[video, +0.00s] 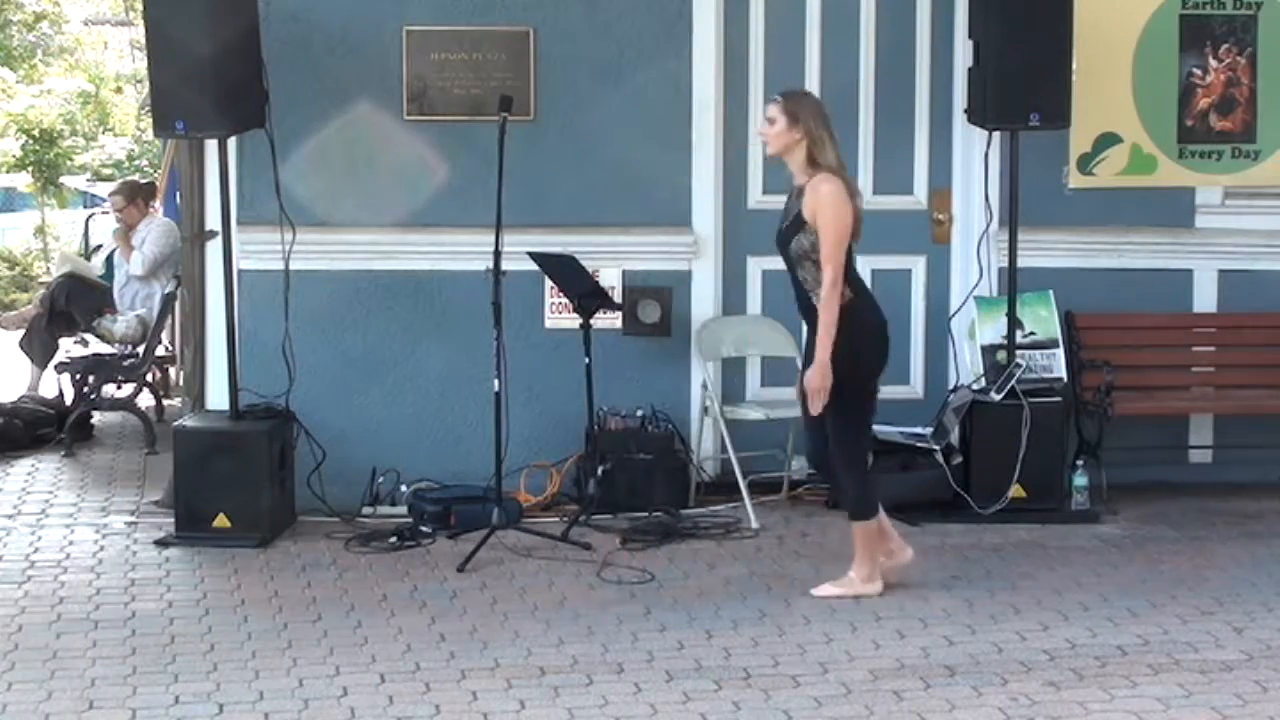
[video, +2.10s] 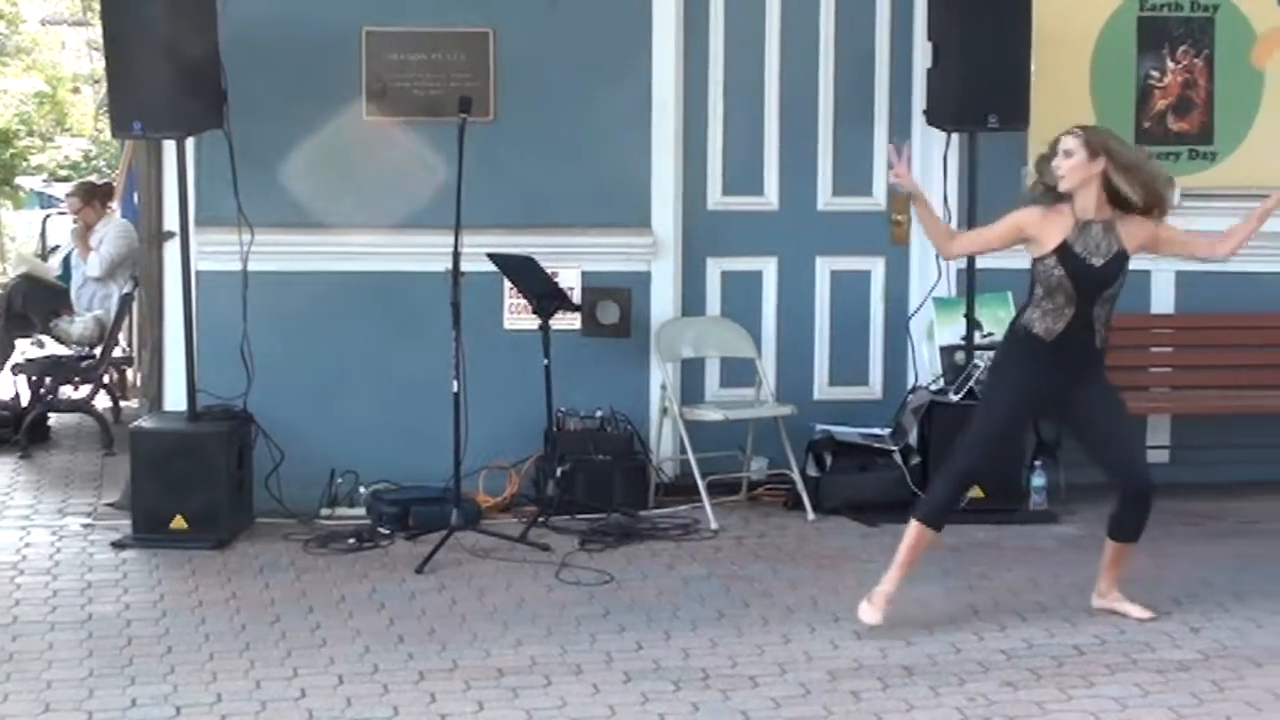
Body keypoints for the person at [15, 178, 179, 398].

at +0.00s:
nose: (117, 218)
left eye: (119, 211)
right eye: (114, 213)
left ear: (140, 205)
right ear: (136, 206)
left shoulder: (164, 229)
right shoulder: (127, 234)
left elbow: (142, 267)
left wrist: (123, 243)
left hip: (140, 318)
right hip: (118, 311)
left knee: (68, 284)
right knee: (45, 320)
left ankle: (34, 310)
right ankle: (32, 390)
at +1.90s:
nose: (105, 219)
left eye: (107, 212)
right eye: (102, 214)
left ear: (125, 204)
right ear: (122, 206)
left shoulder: (150, 229)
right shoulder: (113, 233)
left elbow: (127, 268)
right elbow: (84, 269)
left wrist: (110, 242)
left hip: (127, 317)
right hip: (105, 309)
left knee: (55, 283)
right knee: (33, 320)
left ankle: (25, 310)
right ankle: (18, 388)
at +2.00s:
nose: (89, 220)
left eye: (92, 213)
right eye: (86, 215)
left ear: (110, 204)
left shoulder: (135, 230)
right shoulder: (98, 235)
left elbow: (112, 269)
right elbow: (68, 271)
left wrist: (94, 244)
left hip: (114, 317)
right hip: (91, 309)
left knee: (37, 286)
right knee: (14, 323)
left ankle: (16, 311)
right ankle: (8, 384)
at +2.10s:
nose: (75, 219)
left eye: (77, 213)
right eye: (72, 215)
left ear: (96, 204)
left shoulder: (121, 230)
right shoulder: (84, 233)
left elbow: (100, 269)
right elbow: (55, 270)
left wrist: (81, 245)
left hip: (101, 319)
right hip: (76, 310)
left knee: (25, 286)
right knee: (9, 323)